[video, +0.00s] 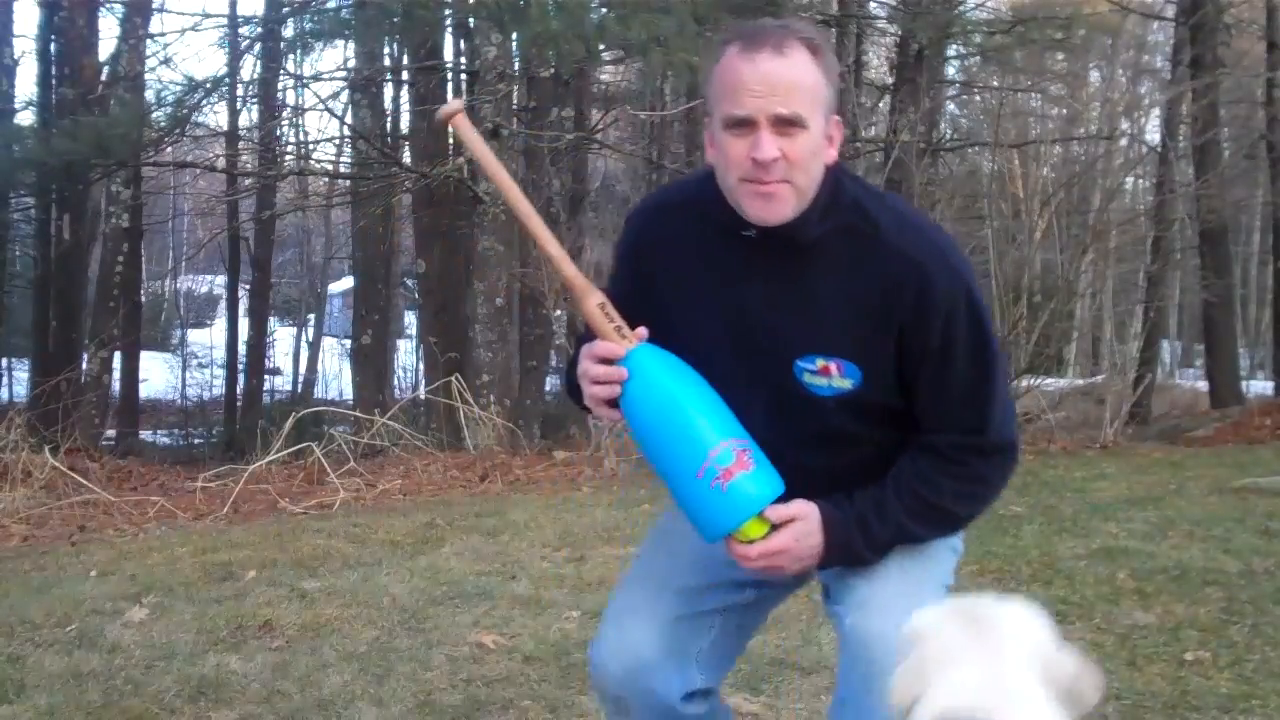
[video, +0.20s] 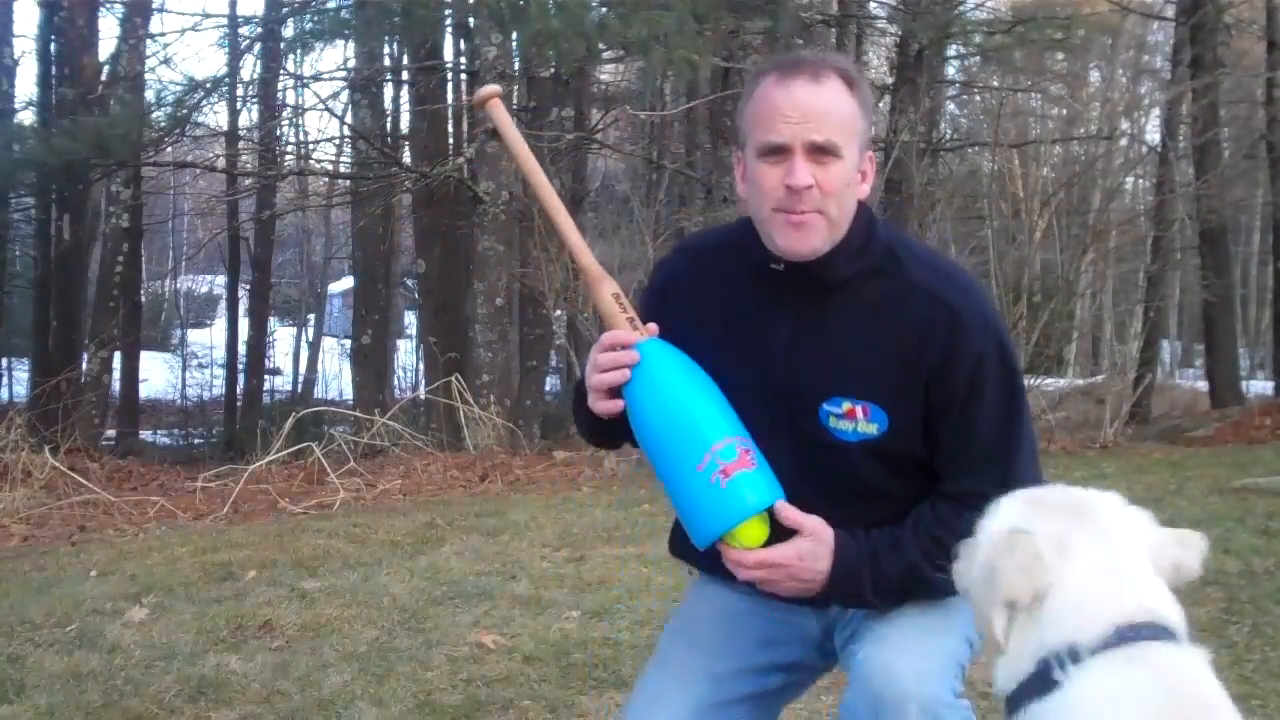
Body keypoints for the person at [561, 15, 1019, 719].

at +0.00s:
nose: (763, 151)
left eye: (788, 126)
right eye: (739, 126)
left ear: (832, 139)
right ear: (708, 138)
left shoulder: (913, 261)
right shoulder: (661, 232)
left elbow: (978, 449)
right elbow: (606, 350)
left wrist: (837, 530)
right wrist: (588, 378)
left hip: (891, 507)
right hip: (727, 495)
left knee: (889, 690)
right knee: (631, 670)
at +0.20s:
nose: (798, 178)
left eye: (824, 154)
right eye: (774, 153)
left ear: (864, 174)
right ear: (741, 175)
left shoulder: (945, 309)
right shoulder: (693, 280)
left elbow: (998, 510)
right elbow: (621, 425)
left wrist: (847, 563)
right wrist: (600, 403)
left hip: (913, 588)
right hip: (745, 584)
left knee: (902, 695)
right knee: (661, 710)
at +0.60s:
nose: (835, 212)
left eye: (859, 190)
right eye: (812, 190)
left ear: (902, 218)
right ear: (781, 219)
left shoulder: (979, 362)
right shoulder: (723, 334)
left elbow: (1019, 563)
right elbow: (650, 480)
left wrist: (833, 565)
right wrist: (614, 411)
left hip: (899, 667)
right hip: (735, 673)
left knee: (913, 712)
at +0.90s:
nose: (840, 230)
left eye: (865, 209)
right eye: (818, 209)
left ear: (906, 237)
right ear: (785, 235)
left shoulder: (979, 378)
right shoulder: (711, 358)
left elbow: (1025, 550)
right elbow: (606, 490)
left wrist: (863, 479)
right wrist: (568, 366)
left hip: (902, 697)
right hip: (716, 697)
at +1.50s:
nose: (796, 231)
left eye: (820, 207)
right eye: (771, 207)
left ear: (857, 230)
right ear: (735, 229)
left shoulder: (924, 369)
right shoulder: (652, 351)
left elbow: (946, 549)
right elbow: (531, 460)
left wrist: (774, 462)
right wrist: (516, 323)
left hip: (850, 701)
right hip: (668, 701)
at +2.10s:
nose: (813, 262)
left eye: (840, 239)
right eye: (789, 235)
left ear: (874, 253)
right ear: (748, 240)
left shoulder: (934, 379)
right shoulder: (670, 363)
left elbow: (973, 560)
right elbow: (573, 498)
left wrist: (838, 408)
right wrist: (534, 376)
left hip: (880, 700)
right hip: (686, 700)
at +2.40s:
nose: (820, 256)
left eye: (847, 232)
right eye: (798, 228)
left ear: (883, 248)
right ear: (757, 239)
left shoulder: (946, 387)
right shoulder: (678, 359)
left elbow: (998, 566)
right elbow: (575, 491)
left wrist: (844, 467)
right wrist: (544, 363)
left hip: (880, 707)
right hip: (682, 702)